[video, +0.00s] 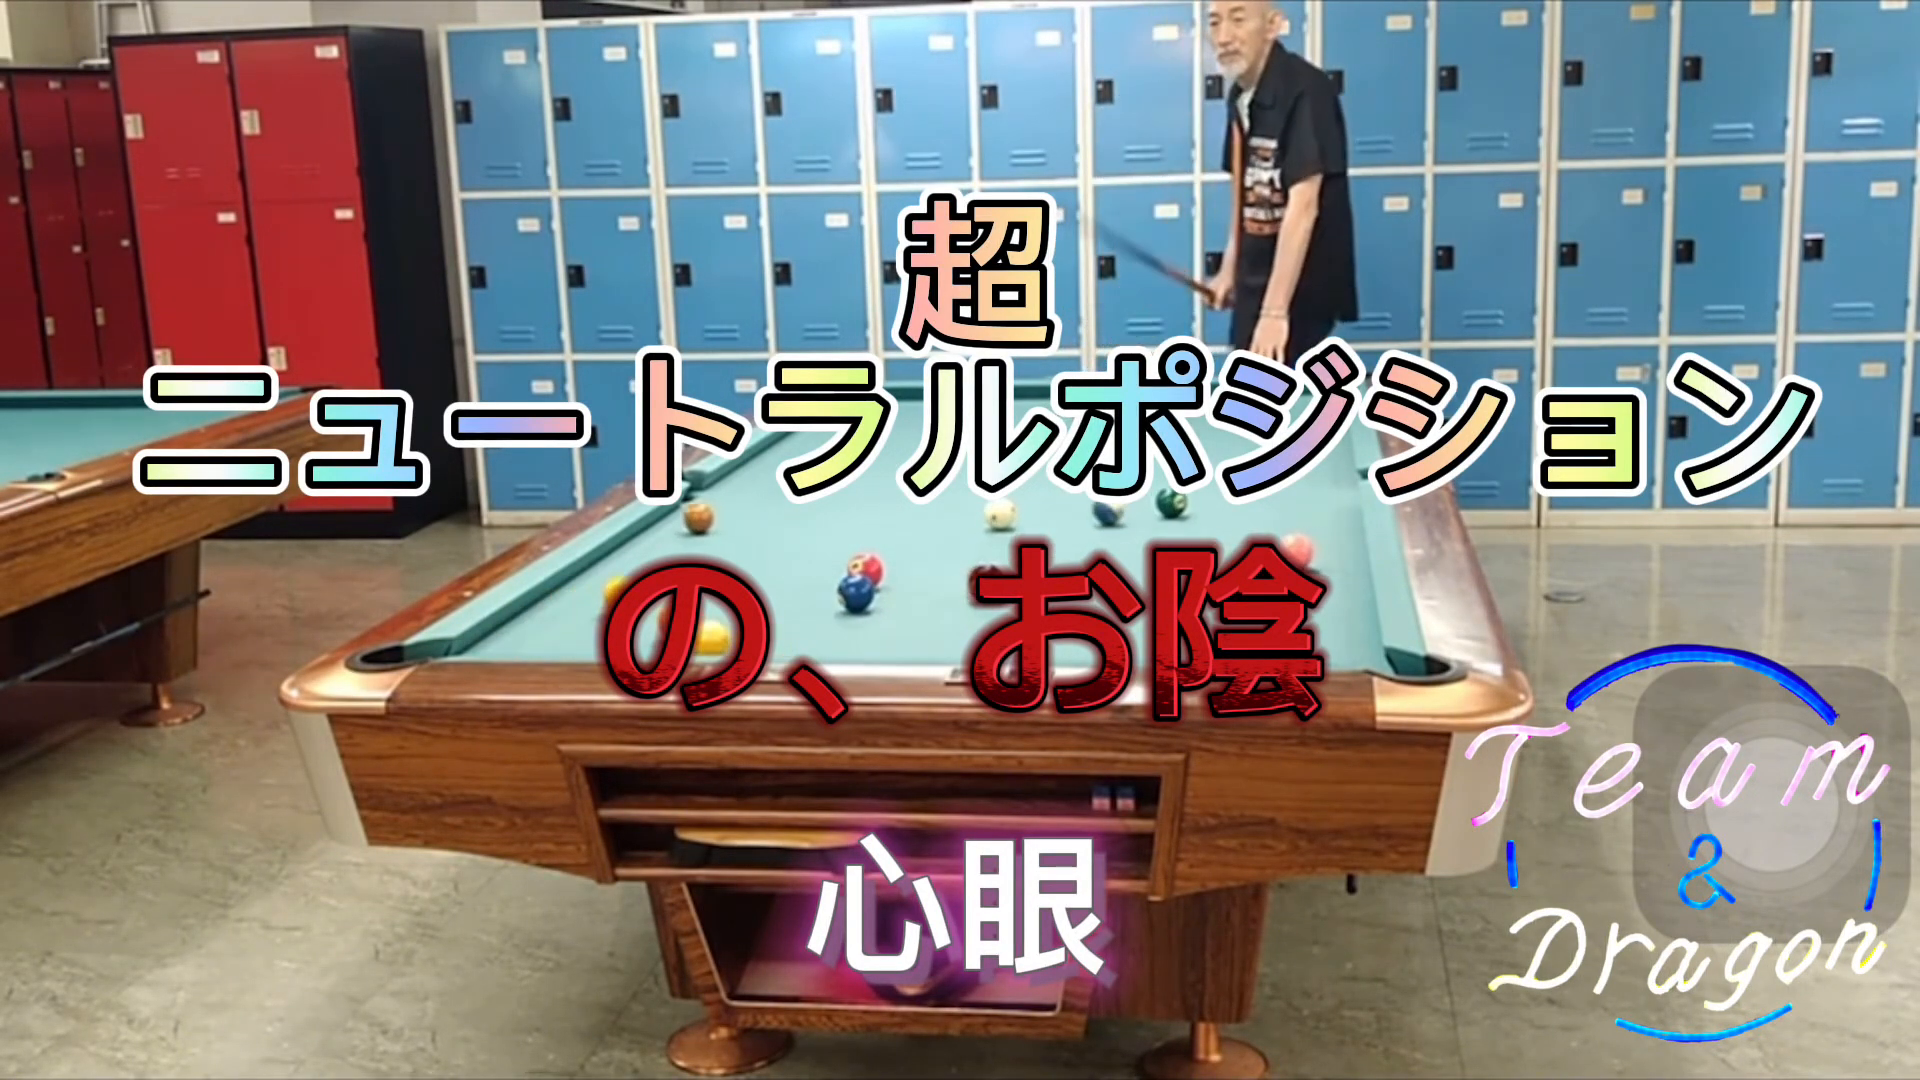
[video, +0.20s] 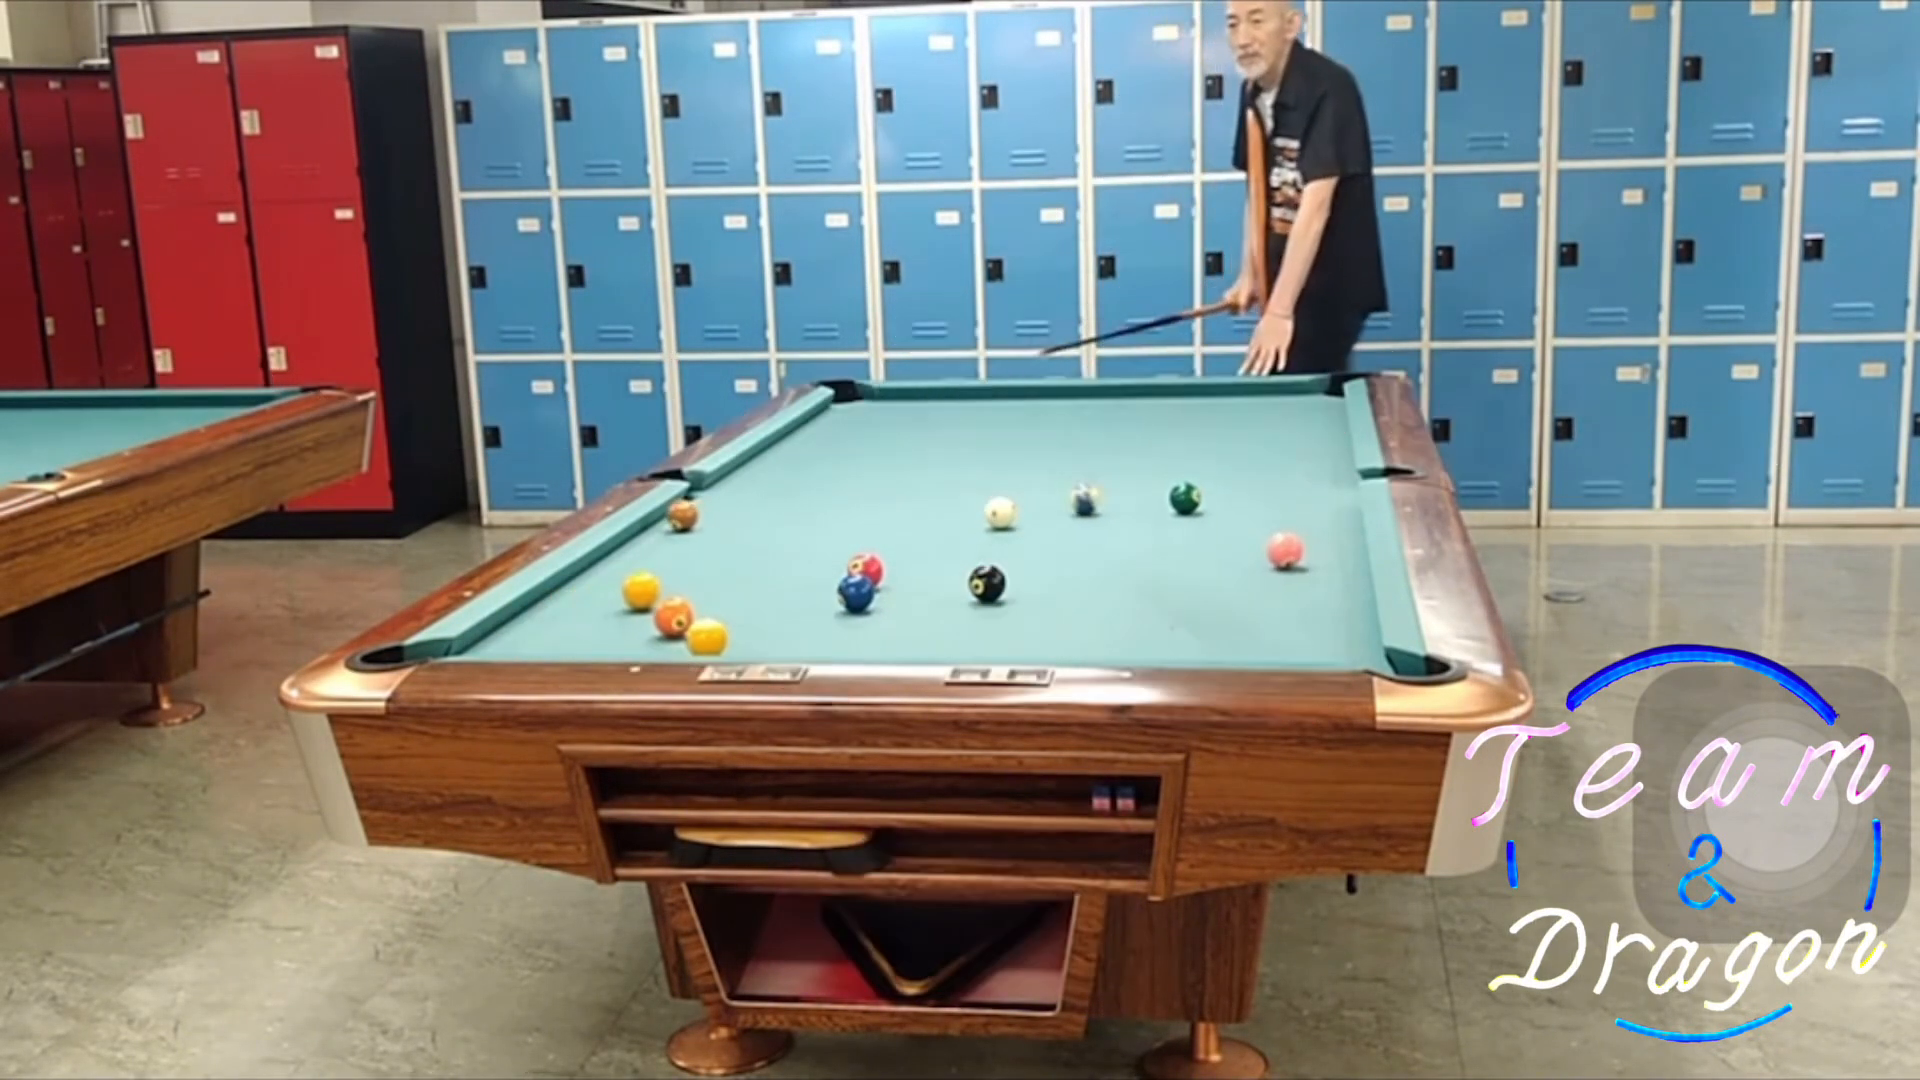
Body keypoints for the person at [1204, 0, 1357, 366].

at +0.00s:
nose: (1223, 36)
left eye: (1238, 20)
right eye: (1215, 22)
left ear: (1274, 25)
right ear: (1208, 30)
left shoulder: (1307, 90)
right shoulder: (1241, 95)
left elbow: (1303, 207)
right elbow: (1245, 198)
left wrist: (1274, 312)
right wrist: (1229, 272)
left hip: (1302, 294)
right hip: (1255, 289)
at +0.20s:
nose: (1242, 38)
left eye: (1257, 21)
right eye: (1233, 25)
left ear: (1292, 25)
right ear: (1226, 32)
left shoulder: (1330, 87)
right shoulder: (1253, 90)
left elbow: (1315, 209)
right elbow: (1257, 190)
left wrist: (1279, 312)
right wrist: (1250, 275)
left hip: (1333, 292)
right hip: (1284, 286)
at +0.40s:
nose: (1283, 41)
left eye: (1298, 23)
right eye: (1273, 26)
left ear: (1334, 25)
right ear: (1265, 32)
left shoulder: (1371, 89)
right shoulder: (1279, 91)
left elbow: (1357, 211)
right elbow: (1277, 188)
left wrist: (1305, 308)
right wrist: (1273, 272)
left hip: (1369, 301)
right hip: (1303, 295)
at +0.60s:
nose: (1333, 38)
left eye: (1347, 22)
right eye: (1323, 25)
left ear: (1384, 25)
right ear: (1316, 31)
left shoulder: (1425, 93)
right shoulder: (1316, 96)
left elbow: (1430, 215)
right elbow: (1303, 190)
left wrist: (1362, 305)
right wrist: (1295, 274)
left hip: (1413, 317)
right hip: (1336, 314)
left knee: (1445, 461)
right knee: (1331, 462)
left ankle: (1487, 605)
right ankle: (1333, 602)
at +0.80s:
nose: (1401, 29)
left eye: (1417, 12)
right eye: (1391, 15)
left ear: (1455, 14)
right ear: (1381, 21)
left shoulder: (1499, 84)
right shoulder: (1371, 90)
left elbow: (1521, 202)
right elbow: (1348, 192)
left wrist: (1501, 308)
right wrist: (1337, 282)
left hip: (1475, 309)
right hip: (1393, 308)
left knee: (1490, 468)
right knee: (1372, 463)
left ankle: (1492, 614)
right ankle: (1373, 613)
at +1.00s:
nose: (1447, 21)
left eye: (1465, 7)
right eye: (1437, 8)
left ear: (1500, 13)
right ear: (1427, 16)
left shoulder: (1549, 82)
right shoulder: (1406, 86)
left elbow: (1595, 190)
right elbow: (1374, 191)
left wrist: (1621, 296)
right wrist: (1362, 283)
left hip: (1516, 314)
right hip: (1426, 309)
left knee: (1509, 470)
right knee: (1410, 464)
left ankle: (1495, 613)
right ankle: (1399, 608)